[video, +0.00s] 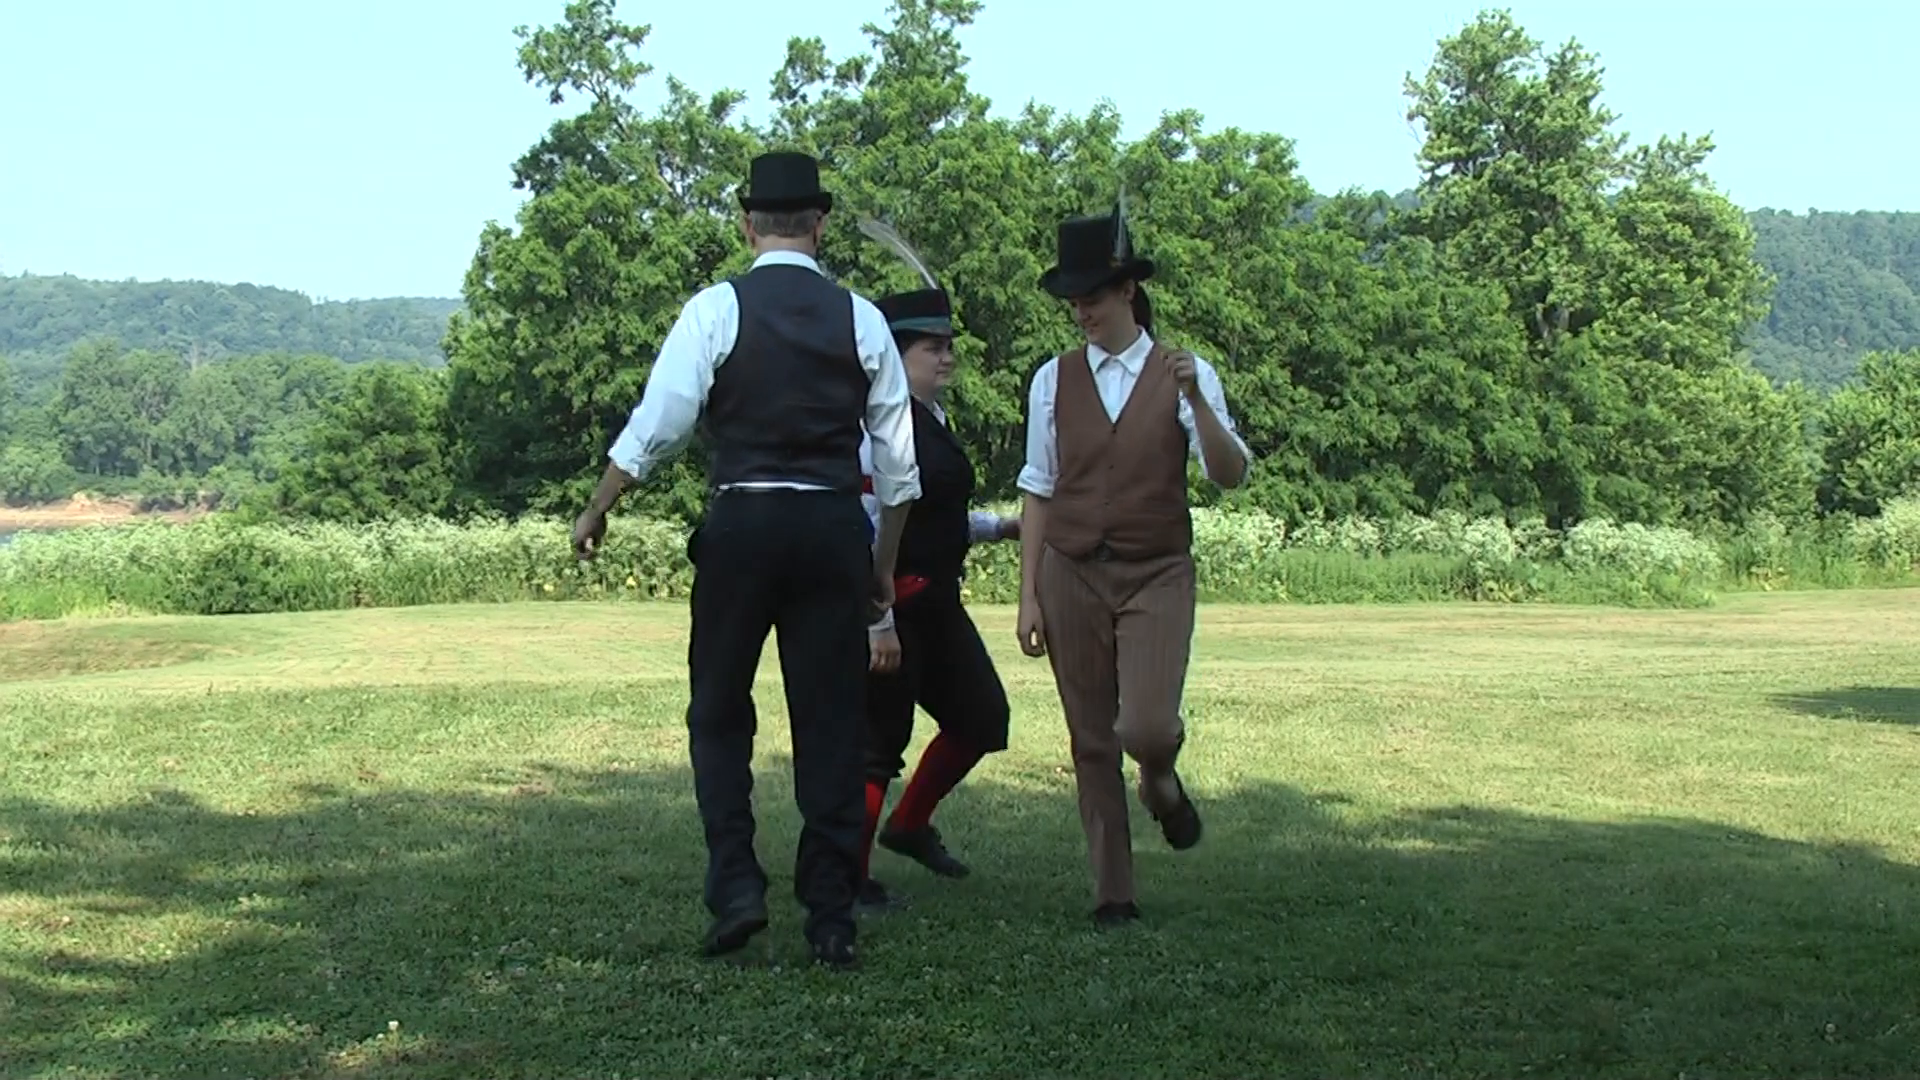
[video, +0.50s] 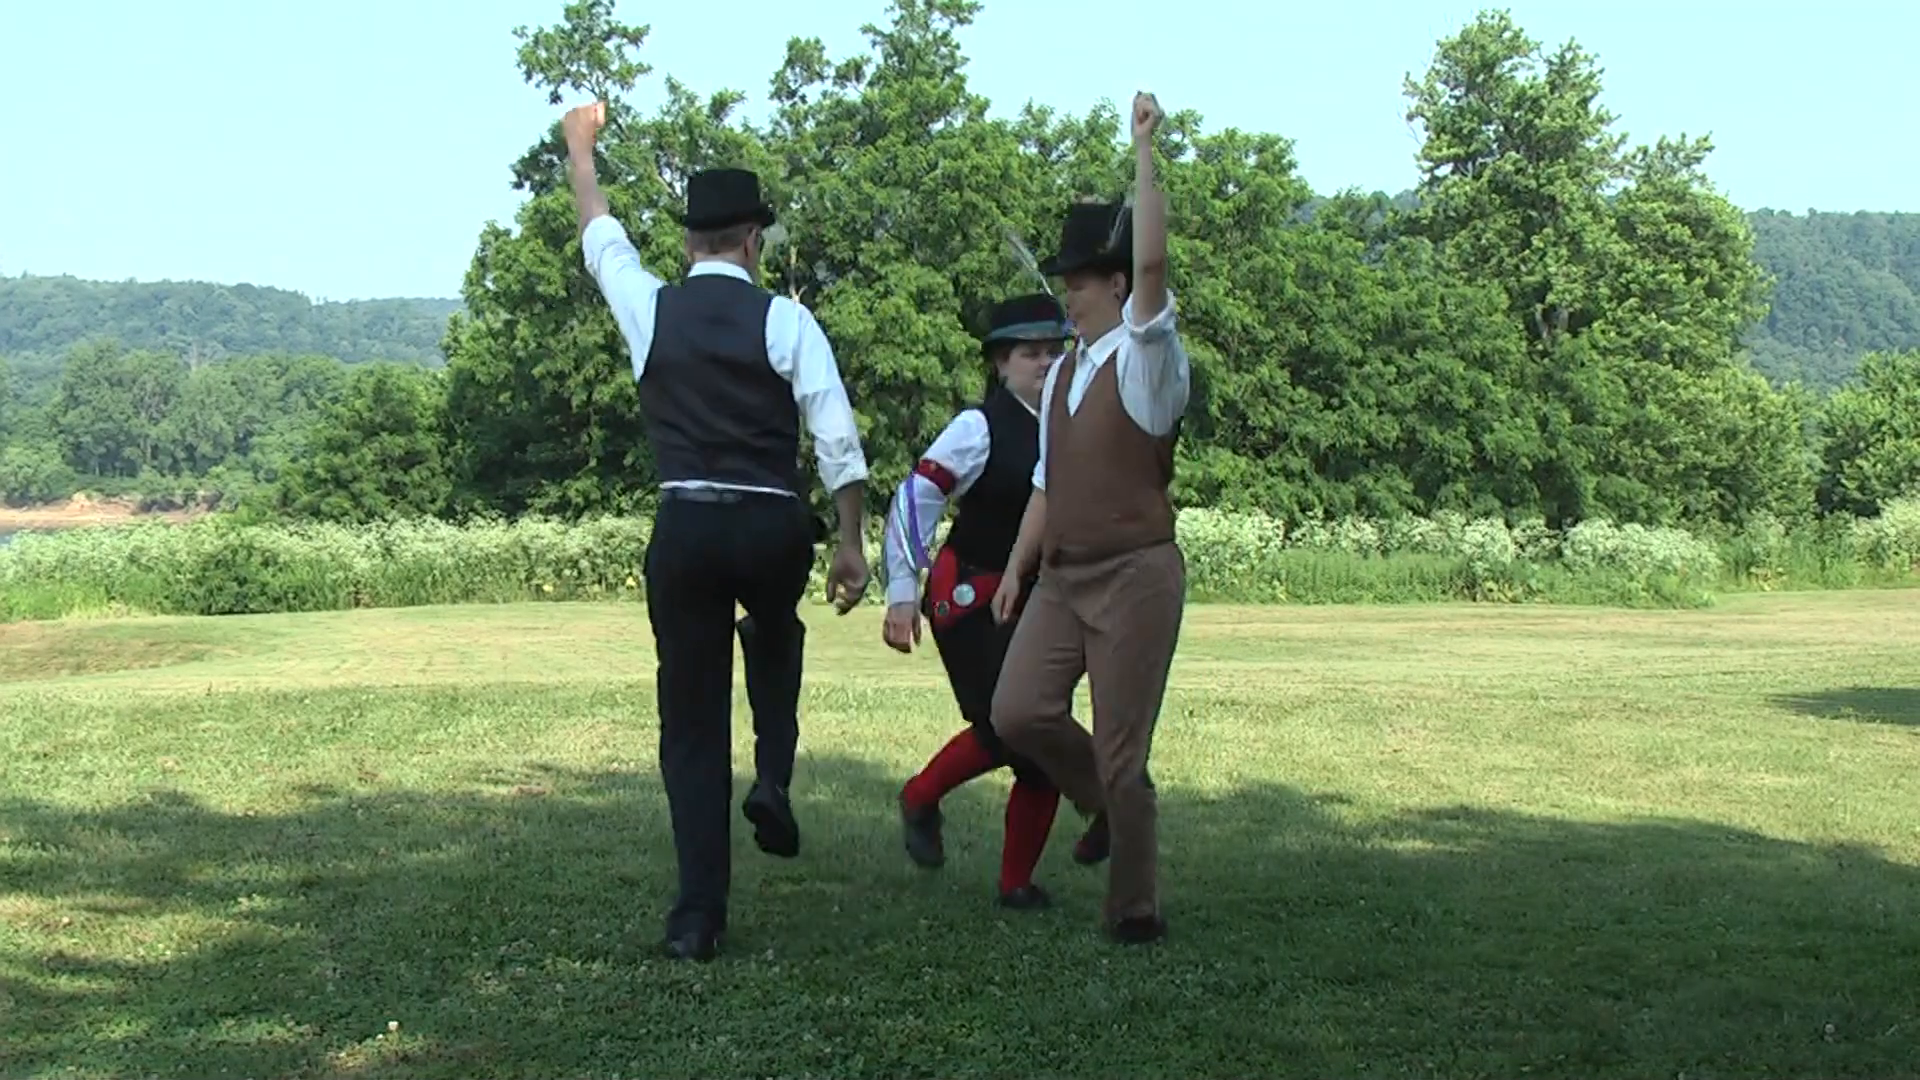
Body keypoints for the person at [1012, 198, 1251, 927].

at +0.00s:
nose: (1084, 312)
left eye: (1094, 298)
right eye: (1075, 302)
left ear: (1131, 290)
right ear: (1069, 306)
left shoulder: (1187, 372)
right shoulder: (1052, 380)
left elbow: (1230, 475)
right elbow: (1036, 491)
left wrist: (1197, 404)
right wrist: (1029, 592)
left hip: (1158, 574)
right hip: (1069, 574)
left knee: (1150, 732)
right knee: (1093, 743)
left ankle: (1161, 792)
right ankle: (1113, 896)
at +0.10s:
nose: (1083, 311)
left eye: (1096, 296)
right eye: (1074, 301)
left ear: (1132, 291)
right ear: (1068, 304)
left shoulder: (1178, 368)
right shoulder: (1050, 379)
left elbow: (1236, 420)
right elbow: (1037, 491)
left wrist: (1197, 328)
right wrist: (1028, 592)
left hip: (1156, 569)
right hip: (1069, 571)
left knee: (1131, 715)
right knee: (1091, 743)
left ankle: (1159, 769)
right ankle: (1114, 894)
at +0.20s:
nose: (1082, 309)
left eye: (1094, 295)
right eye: (1073, 299)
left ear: (1131, 291)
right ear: (1068, 304)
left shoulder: (1173, 367)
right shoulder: (1050, 377)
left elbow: (1232, 355)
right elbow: (1036, 491)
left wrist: (1193, 260)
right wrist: (1029, 589)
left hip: (1155, 570)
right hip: (1069, 572)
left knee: (1117, 716)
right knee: (1089, 739)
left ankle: (1159, 820)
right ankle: (1117, 893)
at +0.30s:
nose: (1081, 308)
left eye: (1094, 293)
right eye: (1074, 295)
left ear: (1134, 291)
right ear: (1067, 297)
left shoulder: (1175, 363)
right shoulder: (1056, 371)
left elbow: (1215, 296)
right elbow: (1037, 485)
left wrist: (1192, 198)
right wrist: (1026, 586)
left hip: (1148, 577)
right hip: (1068, 578)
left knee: (1115, 749)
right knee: (1083, 751)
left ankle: (1142, 908)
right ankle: (1116, 899)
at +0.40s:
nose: (1077, 306)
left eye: (1090, 293)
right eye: (1072, 294)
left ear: (1134, 298)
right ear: (1069, 302)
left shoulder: (1165, 372)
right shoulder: (1061, 383)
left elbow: (1179, 279)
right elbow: (1039, 494)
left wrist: (1184, 171)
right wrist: (1016, 587)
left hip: (1143, 590)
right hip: (1065, 592)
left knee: (1103, 762)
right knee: (1054, 766)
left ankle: (1132, 916)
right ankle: (1128, 864)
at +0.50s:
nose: (1066, 295)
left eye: (1077, 282)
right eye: (1063, 284)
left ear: (1117, 281)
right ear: (1071, 290)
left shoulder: (1147, 351)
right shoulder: (1063, 370)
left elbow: (1150, 263)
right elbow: (1044, 482)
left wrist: (1144, 152)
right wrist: (1018, 567)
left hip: (1136, 577)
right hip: (1061, 580)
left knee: (1119, 756)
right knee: (1019, 716)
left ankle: (1136, 916)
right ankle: (1112, 803)